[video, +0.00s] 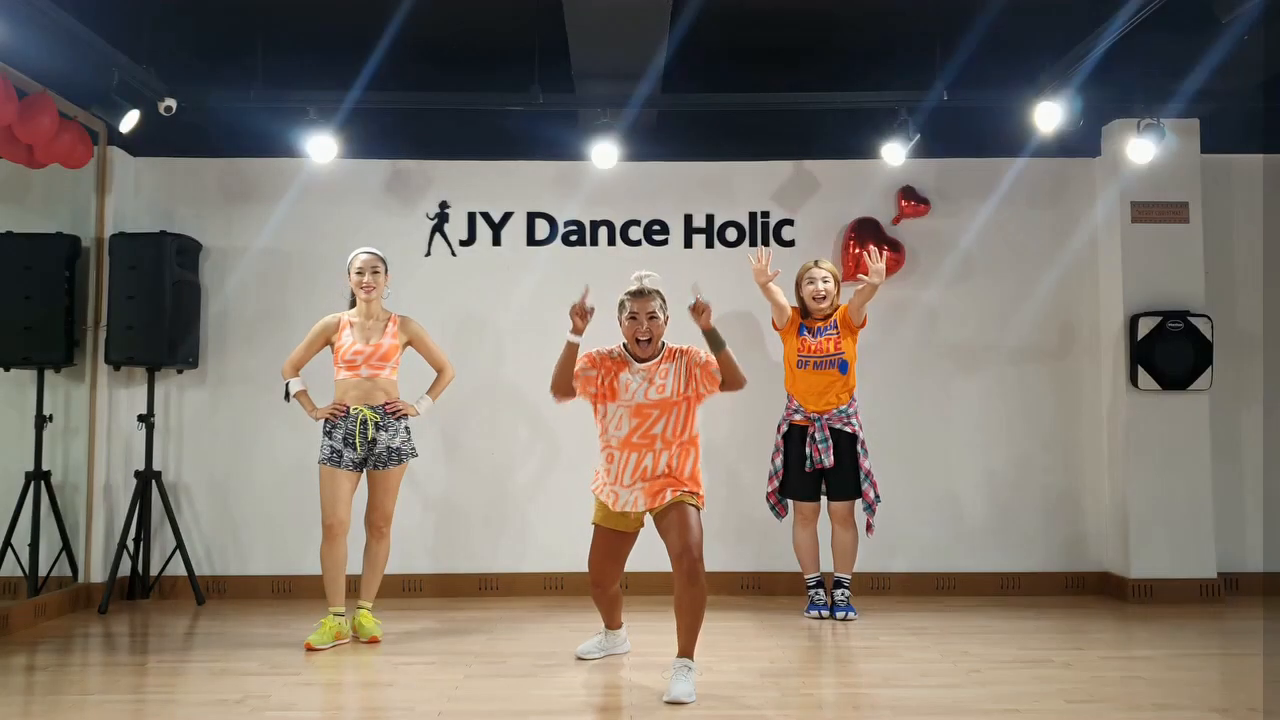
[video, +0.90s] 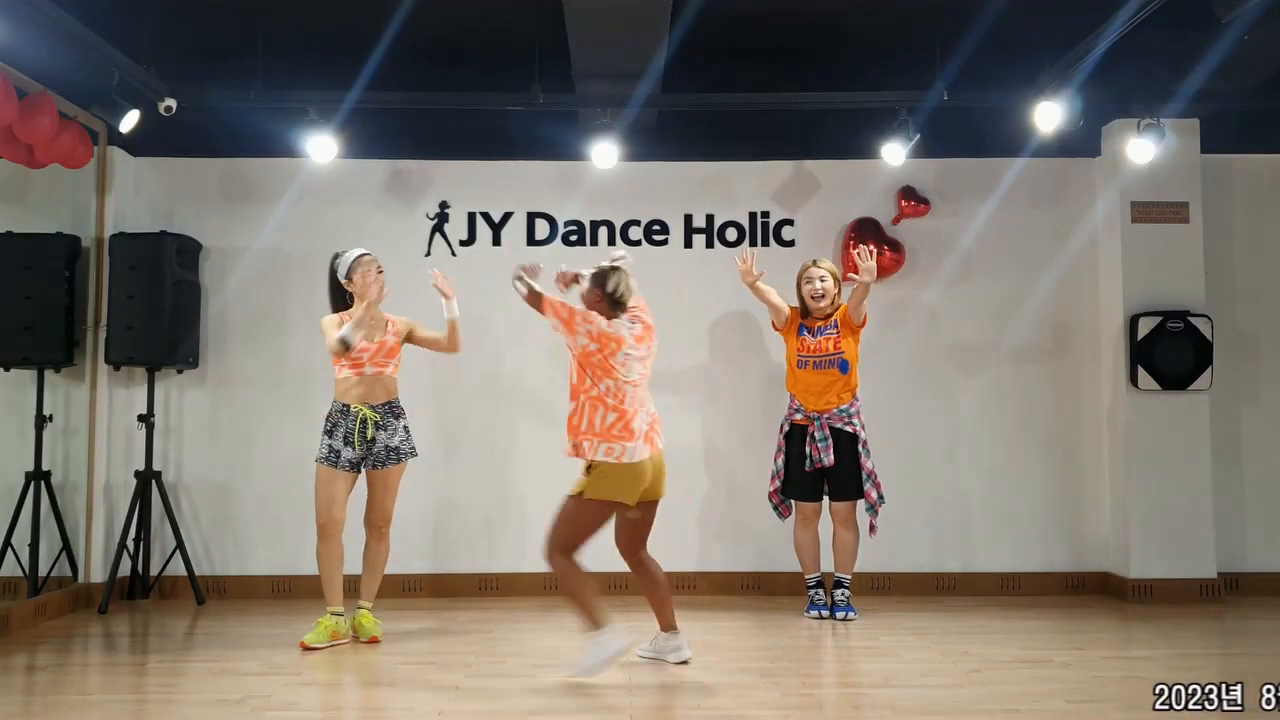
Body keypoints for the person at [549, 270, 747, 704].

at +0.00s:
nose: (643, 327)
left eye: (652, 318)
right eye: (634, 318)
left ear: (665, 322)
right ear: (621, 322)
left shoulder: (685, 359)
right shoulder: (603, 363)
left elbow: (735, 381)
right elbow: (561, 391)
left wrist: (709, 329)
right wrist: (576, 335)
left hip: (673, 478)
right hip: (618, 481)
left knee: (689, 556)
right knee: (601, 576)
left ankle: (685, 664)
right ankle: (614, 635)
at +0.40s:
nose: (626, 314)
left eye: (637, 307)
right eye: (623, 306)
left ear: (661, 315)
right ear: (618, 311)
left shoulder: (687, 357)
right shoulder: (609, 361)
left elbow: (730, 394)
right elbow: (569, 399)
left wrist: (706, 382)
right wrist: (588, 371)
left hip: (673, 477)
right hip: (621, 478)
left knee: (687, 557)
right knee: (600, 567)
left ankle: (686, 664)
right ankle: (612, 634)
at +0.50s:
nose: (607, 308)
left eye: (612, 300)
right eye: (608, 300)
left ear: (634, 305)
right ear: (631, 305)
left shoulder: (680, 360)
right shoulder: (614, 360)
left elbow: (687, 430)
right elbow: (601, 415)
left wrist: (639, 465)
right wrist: (590, 438)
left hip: (673, 475)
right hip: (627, 476)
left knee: (664, 561)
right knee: (603, 557)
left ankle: (695, 663)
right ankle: (617, 632)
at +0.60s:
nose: (606, 305)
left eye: (610, 298)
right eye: (608, 298)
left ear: (625, 301)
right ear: (635, 302)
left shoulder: (650, 352)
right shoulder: (636, 347)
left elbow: (644, 425)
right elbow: (627, 411)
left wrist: (596, 436)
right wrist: (596, 428)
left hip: (661, 481)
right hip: (635, 479)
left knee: (648, 567)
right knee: (604, 547)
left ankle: (707, 666)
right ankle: (646, 630)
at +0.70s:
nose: (606, 300)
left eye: (611, 293)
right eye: (609, 293)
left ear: (624, 299)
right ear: (644, 299)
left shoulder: (626, 346)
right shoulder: (657, 339)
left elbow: (574, 380)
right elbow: (606, 372)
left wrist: (543, 361)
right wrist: (566, 362)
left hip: (641, 468)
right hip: (647, 465)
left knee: (633, 558)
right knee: (626, 553)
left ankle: (702, 653)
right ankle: (670, 635)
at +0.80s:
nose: (600, 297)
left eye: (605, 292)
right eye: (602, 290)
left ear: (618, 298)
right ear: (638, 298)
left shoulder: (601, 332)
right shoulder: (658, 331)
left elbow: (540, 317)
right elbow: (637, 305)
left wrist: (539, 297)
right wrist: (580, 302)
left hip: (621, 467)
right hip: (656, 464)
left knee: (600, 560)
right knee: (635, 550)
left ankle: (658, 629)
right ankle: (673, 634)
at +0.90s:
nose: (585, 299)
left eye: (589, 294)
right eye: (586, 293)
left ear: (600, 298)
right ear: (625, 297)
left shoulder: (593, 329)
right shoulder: (644, 328)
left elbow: (536, 300)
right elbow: (623, 292)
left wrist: (522, 275)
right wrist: (581, 278)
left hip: (614, 465)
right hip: (651, 464)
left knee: (559, 549)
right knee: (634, 548)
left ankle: (602, 631)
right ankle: (672, 637)